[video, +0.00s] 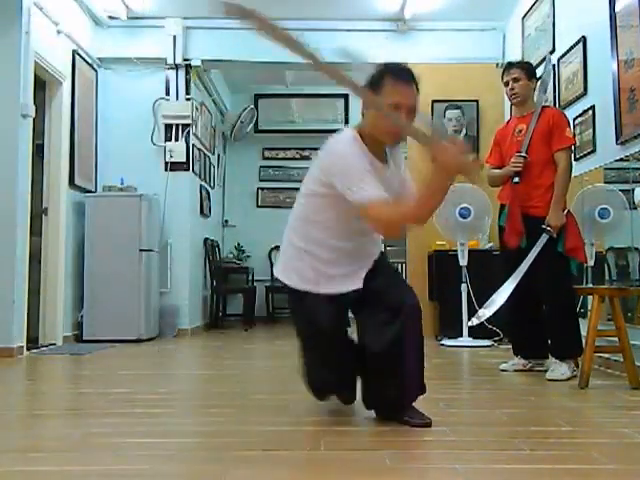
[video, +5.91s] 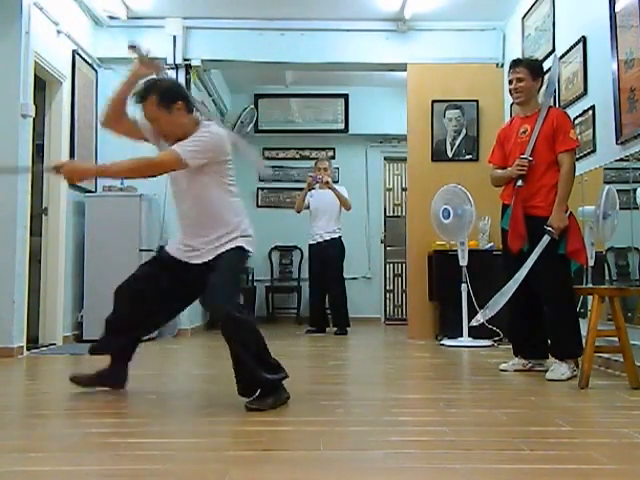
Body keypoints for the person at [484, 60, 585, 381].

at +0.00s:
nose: (511, 86)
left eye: (517, 80)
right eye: (507, 83)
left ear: (533, 83)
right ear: (504, 89)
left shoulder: (552, 116)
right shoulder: (503, 131)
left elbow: (564, 164)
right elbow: (491, 177)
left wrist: (557, 207)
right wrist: (507, 170)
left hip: (546, 213)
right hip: (513, 215)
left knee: (554, 284)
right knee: (519, 283)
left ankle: (565, 357)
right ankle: (529, 354)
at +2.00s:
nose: (510, 87)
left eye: (516, 81)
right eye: (506, 84)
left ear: (533, 83)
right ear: (505, 90)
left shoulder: (553, 117)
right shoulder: (505, 131)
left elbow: (565, 164)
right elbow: (493, 178)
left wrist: (558, 208)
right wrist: (508, 171)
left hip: (546, 214)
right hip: (513, 216)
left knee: (553, 284)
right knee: (519, 285)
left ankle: (565, 358)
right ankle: (529, 354)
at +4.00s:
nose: (512, 87)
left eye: (518, 80)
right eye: (508, 83)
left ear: (535, 82)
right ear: (506, 89)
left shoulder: (555, 117)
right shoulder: (506, 131)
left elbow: (566, 165)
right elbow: (494, 177)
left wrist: (558, 209)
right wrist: (509, 171)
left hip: (547, 214)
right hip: (514, 215)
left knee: (553, 284)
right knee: (520, 284)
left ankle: (565, 358)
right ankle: (530, 354)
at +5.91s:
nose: (514, 86)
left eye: (520, 80)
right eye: (511, 82)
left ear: (538, 83)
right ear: (508, 88)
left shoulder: (555, 117)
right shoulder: (506, 130)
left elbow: (567, 166)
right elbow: (494, 176)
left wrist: (559, 210)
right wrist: (510, 171)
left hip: (548, 214)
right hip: (515, 215)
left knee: (554, 284)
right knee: (521, 284)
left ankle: (565, 358)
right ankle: (529, 355)